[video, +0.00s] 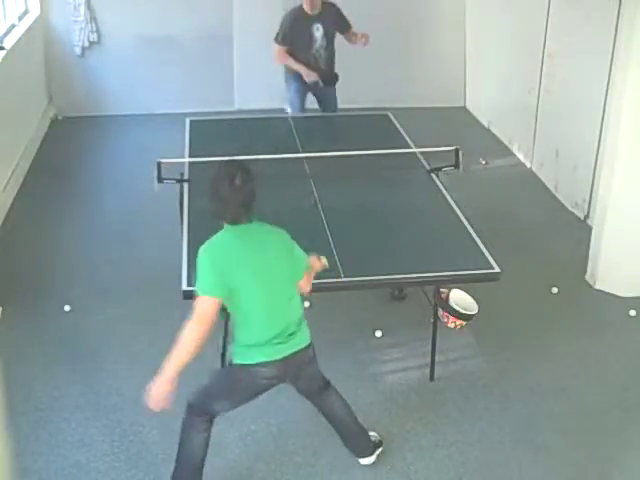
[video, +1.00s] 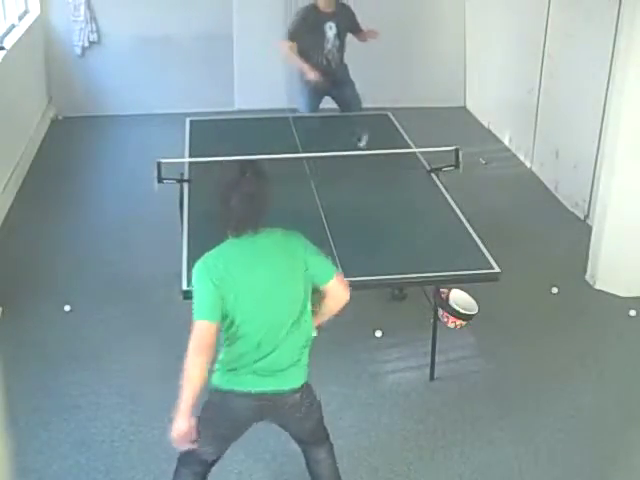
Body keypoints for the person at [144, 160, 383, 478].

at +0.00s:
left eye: (217, 195)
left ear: (216, 201)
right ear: (251, 198)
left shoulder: (213, 251)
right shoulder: (278, 236)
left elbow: (202, 321)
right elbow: (304, 286)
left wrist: (167, 376)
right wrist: (313, 267)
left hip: (255, 365)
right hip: (300, 353)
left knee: (200, 409)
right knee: (323, 391)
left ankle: (184, 475)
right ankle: (365, 448)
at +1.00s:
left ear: (225, 207)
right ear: (264, 204)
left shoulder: (211, 266)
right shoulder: (295, 245)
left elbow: (202, 345)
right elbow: (340, 293)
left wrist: (184, 412)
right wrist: (310, 323)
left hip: (234, 399)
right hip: (292, 395)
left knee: (196, 461)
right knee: (318, 449)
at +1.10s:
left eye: (216, 216)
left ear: (212, 223)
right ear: (251, 222)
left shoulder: (191, 282)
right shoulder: (284, 267)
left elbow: (167, 356)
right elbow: (320, 322)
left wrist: (141, 421)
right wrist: (293, 351)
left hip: (219, 414)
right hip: (280, 407)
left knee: (183, 473)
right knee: (312, 452)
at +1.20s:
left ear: (185, 231)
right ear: (228, 234)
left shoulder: (153, 284)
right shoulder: (250, 284)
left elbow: (120, 348)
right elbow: (270, 361)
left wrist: (100, 407)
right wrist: (274, 373)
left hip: (180, 425)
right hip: (241, 420)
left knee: (161, 473)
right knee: (292, 472)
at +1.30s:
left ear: (164, 232)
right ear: (208, 240)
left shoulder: (127, 281)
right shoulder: (222, 291)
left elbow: (83, 338)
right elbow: (232, 371)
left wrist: (73, 393)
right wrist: (244, 379)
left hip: (144, 430)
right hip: (205, 430)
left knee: (138, 474)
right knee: (246, 474)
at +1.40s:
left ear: (151, 229)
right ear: (198, 237)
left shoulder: (117, 274)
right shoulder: (211, 292)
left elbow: (64, 337)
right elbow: (222, 377)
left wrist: (58, 386)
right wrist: (227, 379)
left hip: (115, 434)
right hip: (178, 437)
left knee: (98, 473)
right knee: (205, 473)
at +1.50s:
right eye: (188, 245)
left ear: (139, 241)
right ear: (185, 252)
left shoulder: (104, 288)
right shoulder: (199, 313)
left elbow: (46, 351)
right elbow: (206, 399)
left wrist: (46, 395)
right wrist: (219, 386)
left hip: (87, 458)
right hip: (153, 464)